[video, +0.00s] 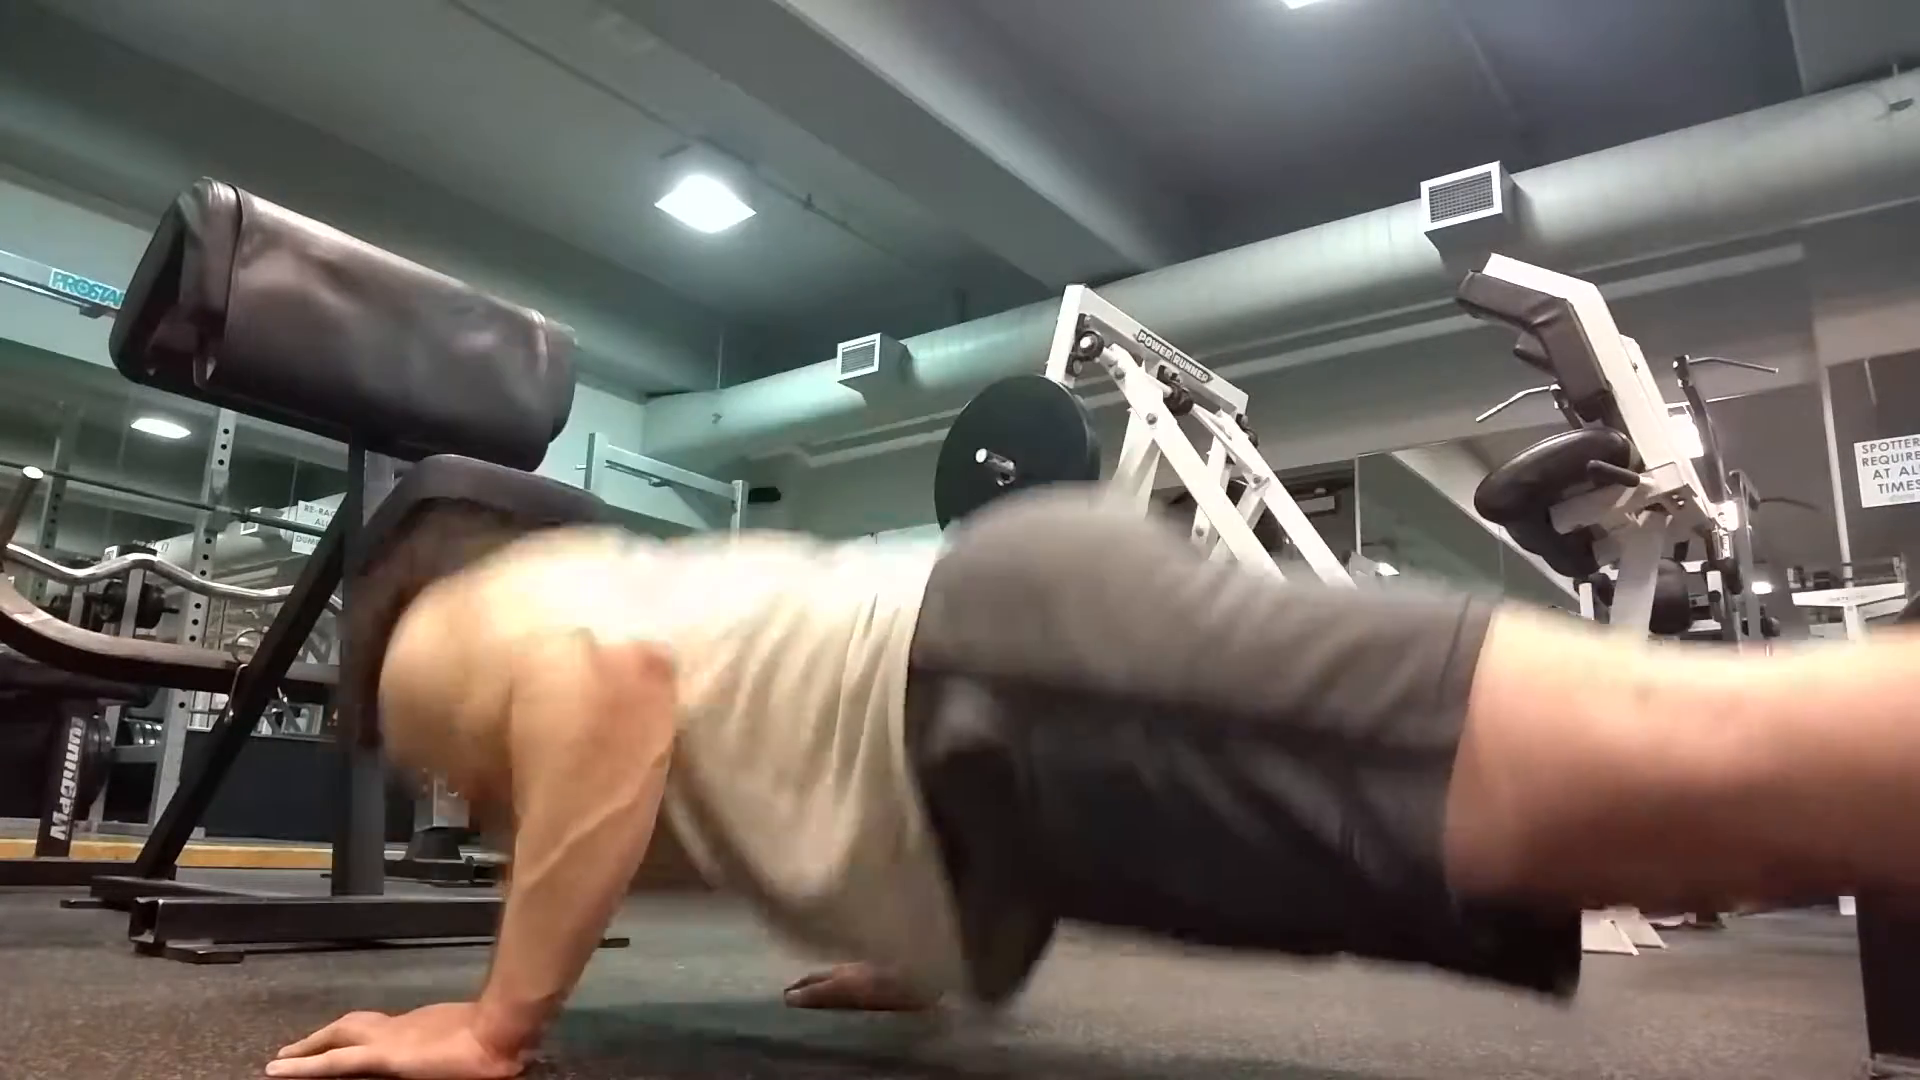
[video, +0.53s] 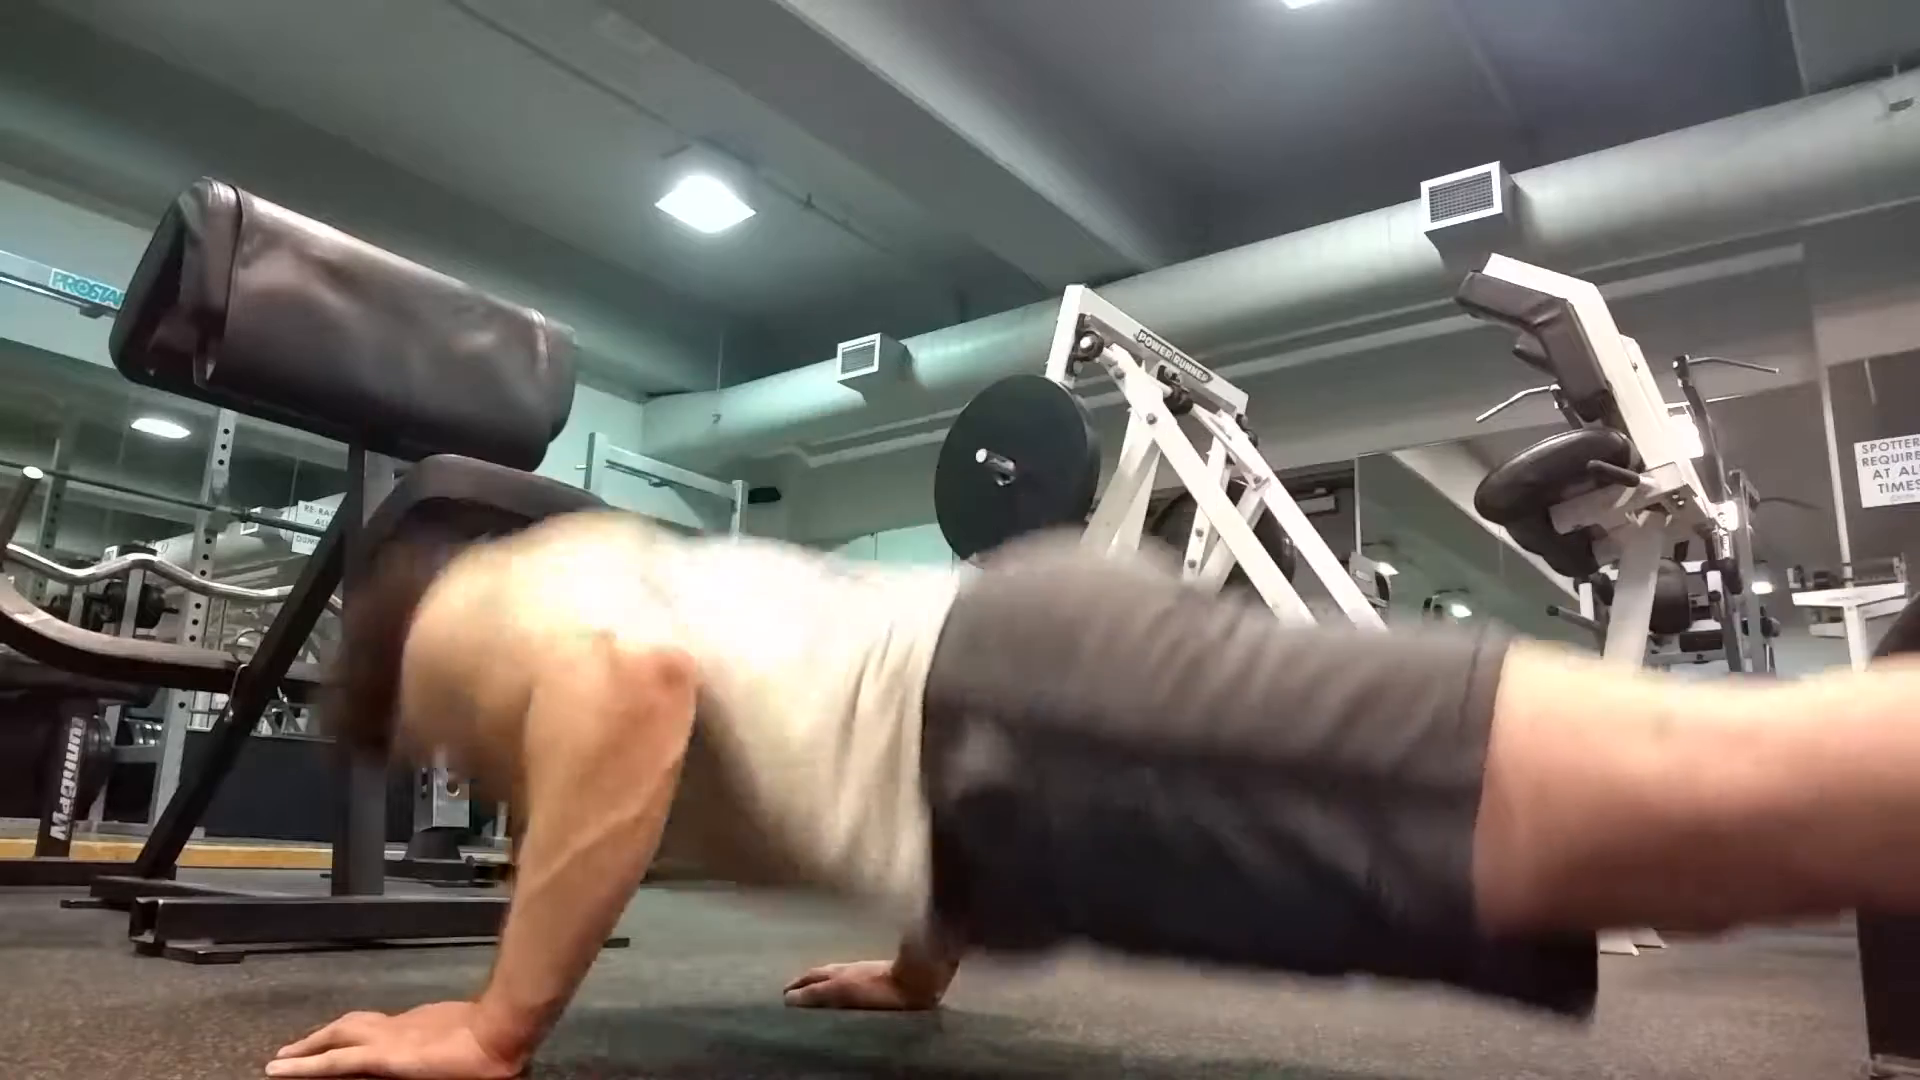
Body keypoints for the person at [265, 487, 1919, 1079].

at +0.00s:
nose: (411, 747)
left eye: (397, 711)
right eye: (402, 731)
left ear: (411, 616)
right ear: (516, 559)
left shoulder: (449, 630)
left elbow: (609, 700)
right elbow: (863, 698)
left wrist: (496, 1020)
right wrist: (909, 940)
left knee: (1682, 758)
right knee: (1670, 847)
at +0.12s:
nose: (404, 590)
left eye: (400, 553)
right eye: (400, 571)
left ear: (415, 456)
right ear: (529, 394)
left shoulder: (496, 462)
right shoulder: (696, 470)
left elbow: (603, 661)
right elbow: (912, 687)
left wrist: (503, 1011)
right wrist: (922, 968)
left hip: (1041, 561)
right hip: (1077, 628)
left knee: (1726, 693)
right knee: (1705, 758)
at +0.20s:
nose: (403, 524)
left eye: (396, 485)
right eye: (396, 507)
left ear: (413, 393)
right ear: (514, 385)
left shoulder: (518, 393)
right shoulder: (705, 419)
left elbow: (592, 641)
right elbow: (918, 673)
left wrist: (497, 1016)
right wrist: (919, 965)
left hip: (1049, 507)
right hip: (1066, 579)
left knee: (1735, 661)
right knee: (1698, 715)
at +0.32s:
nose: (430, 540)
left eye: (419, 502)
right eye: (420, 525)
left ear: (428, 407)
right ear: (533, 388)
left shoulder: (527, 398)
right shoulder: (721, 422)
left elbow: (602, 644)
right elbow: (921, 688)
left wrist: (500, 1014)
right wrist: (921, 967)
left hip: (1057, 516)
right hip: (1070, 577)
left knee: (1735, 664)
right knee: (1706, 728)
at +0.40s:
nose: (412, 588)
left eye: (403, 551)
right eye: (403, 570)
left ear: (425, 461)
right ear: (540, 402)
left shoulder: (515, 458)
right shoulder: (712, 468)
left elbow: (616, 661)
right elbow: (944, 717)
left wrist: (501, 1013)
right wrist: (920, 971)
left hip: (1039, 587)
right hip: (1059, 621)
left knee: (1720, 702)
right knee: (1700, 745)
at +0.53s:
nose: (404, 734)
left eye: (390, 695)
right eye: (394, 717)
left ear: (395, 610)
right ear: (498, 545)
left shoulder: (463, 600)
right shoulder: (640, 570)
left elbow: (624, 698)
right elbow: (885, 700)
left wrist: (492, 1024)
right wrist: (926, 957)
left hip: (1000, 724)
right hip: (1022, 732)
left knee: (1676, 812)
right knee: (1662, 825)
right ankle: (1876, 860)